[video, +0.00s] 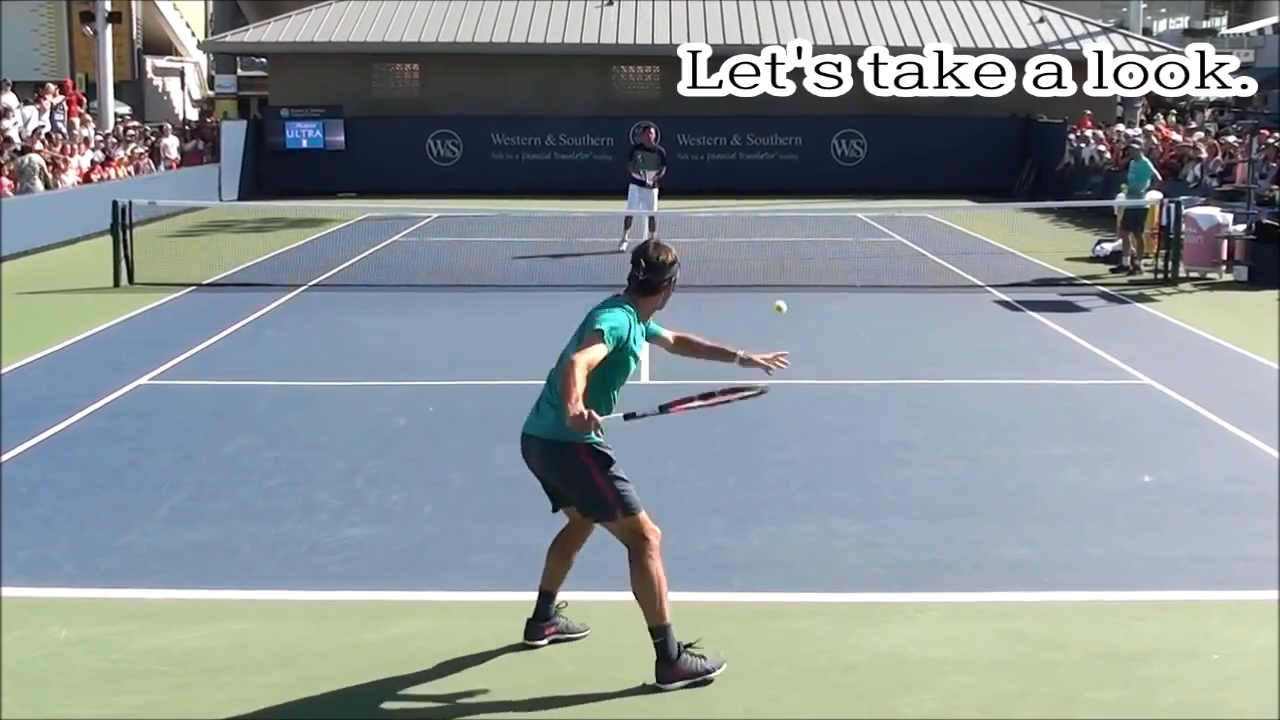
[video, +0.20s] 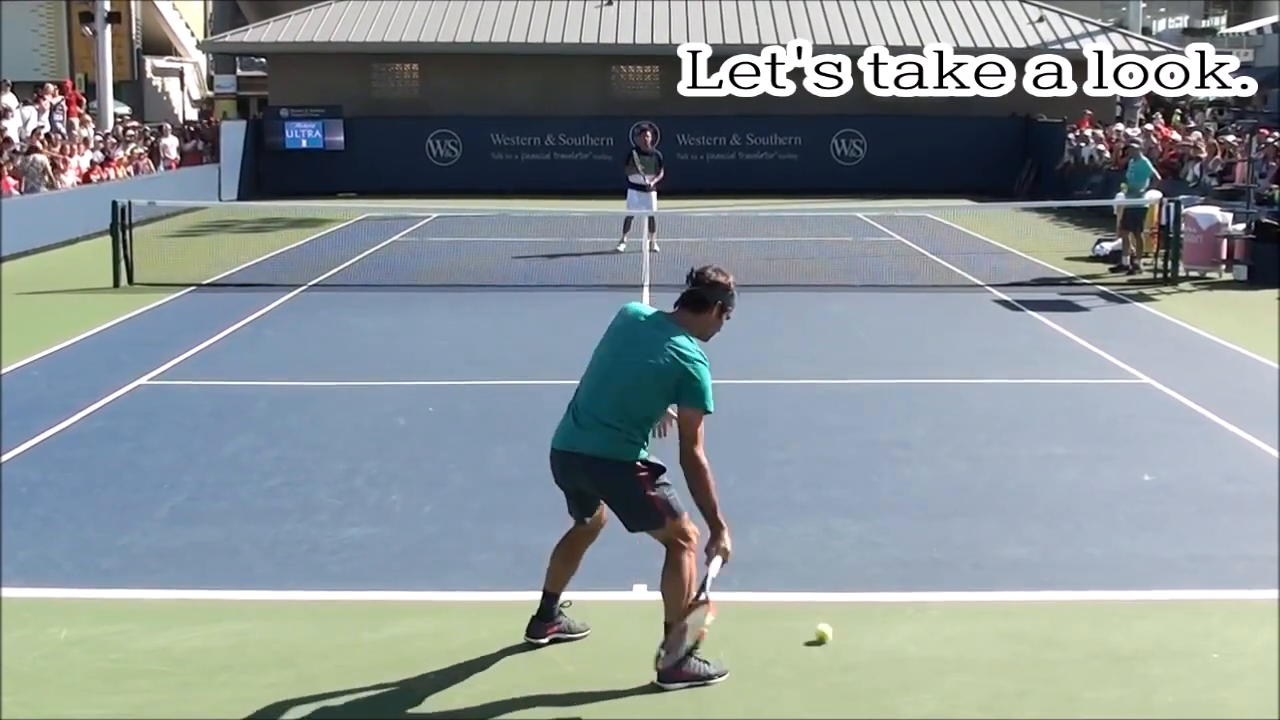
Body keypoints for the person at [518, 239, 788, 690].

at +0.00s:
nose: (672, 294)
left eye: (671, 286)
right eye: (673, 287)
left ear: (634, 278)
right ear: (665, 290)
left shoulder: (629, 318)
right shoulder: (618, 319)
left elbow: (677, 343)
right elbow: (577, 360)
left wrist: (743, 357)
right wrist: (574, 405)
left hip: (542, 440)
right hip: (572, 444)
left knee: (580, 521)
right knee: (644, 537)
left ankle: (542, 618)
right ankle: (670, 659)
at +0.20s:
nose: (721, 327)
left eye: (725, 319)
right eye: (724, 317)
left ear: (684, 300)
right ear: (714, 310)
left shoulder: (631, 313)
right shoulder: (691, 362)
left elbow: (621, 366)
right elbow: (692, 456)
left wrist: (656, 404)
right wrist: (718, 527)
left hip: (567, 450)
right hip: (617, 462)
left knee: (589, 520)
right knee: (683, 540)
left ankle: (545, 617)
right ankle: (675, 658)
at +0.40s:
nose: (732, 293)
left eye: (734, 285)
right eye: (734, 285)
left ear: (692, 270)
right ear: (726, 282)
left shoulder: (633, 290)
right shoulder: (717, 335)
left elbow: (580, 340)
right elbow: (728, 413)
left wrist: (626, 351)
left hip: (587, 436)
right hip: (643, 447)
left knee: (562, 535)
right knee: (683, 540)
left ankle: (553, 625)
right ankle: (675, 659)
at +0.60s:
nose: (702, 248)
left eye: (692, 238)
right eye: (702, 242)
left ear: (657, 240)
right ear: (699, 248)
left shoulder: (611, 281)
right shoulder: (707, 303)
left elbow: (568, 348)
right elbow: (698, 335)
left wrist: (587, 306)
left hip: (592, 435)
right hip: (652, 441)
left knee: (564, 540)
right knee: (672, 545)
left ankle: (526, 655)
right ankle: (674, 658)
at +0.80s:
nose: (632, 248)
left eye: (613, 240)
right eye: (640, 240)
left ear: (604, 246)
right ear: (647, 248)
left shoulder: (573, 299)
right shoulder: (670, 305)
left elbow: (533, 372)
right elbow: (656, 347)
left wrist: (549, 324)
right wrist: (576, 317)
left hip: (578, 451)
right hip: (641, 450)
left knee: (553, 564)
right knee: (664, 554)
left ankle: (536, 687)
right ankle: (673, 659)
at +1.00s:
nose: (601, 233)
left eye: (585, 224)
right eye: (613, 226)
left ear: (573, 230)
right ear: (618, 233)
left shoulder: (543, 284)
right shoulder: (642, 287)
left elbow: (510, 361)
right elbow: (661, 369)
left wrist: (524, 341)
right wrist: (615, 372)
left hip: (559, 442)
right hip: (623, 437)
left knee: (542, 561)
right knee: (657, 551)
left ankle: (525, 688)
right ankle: (683, 658)